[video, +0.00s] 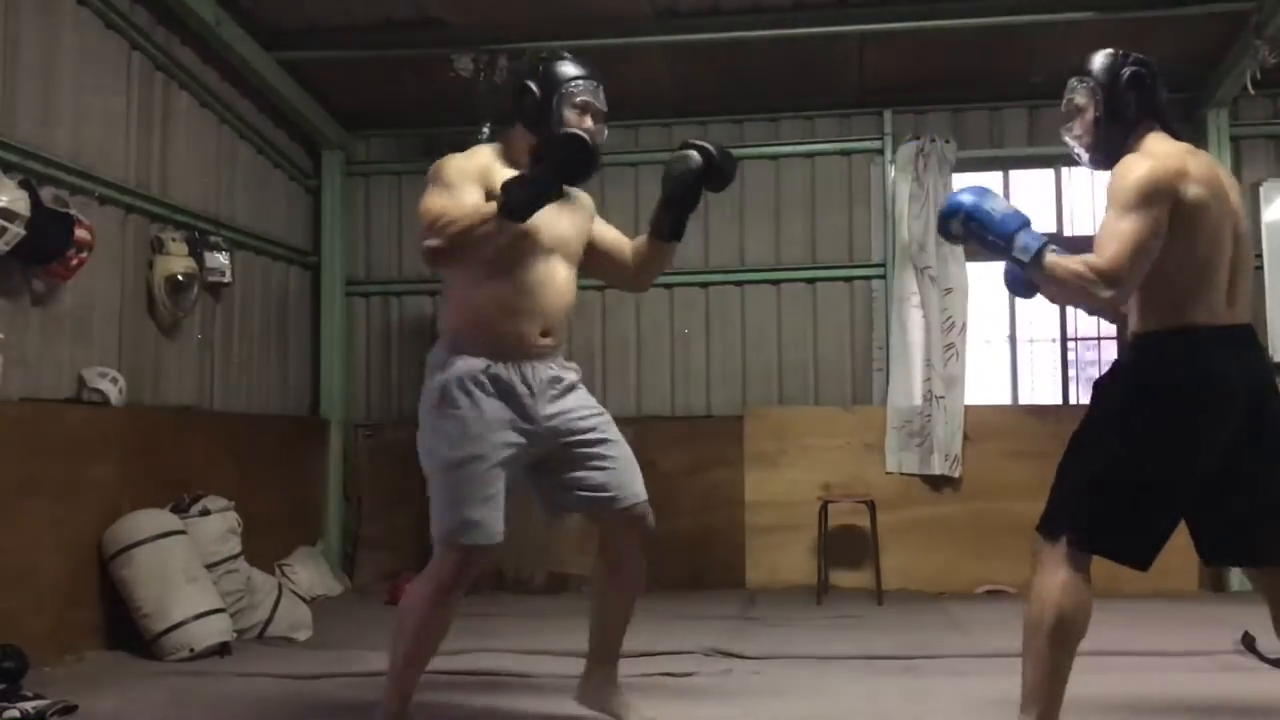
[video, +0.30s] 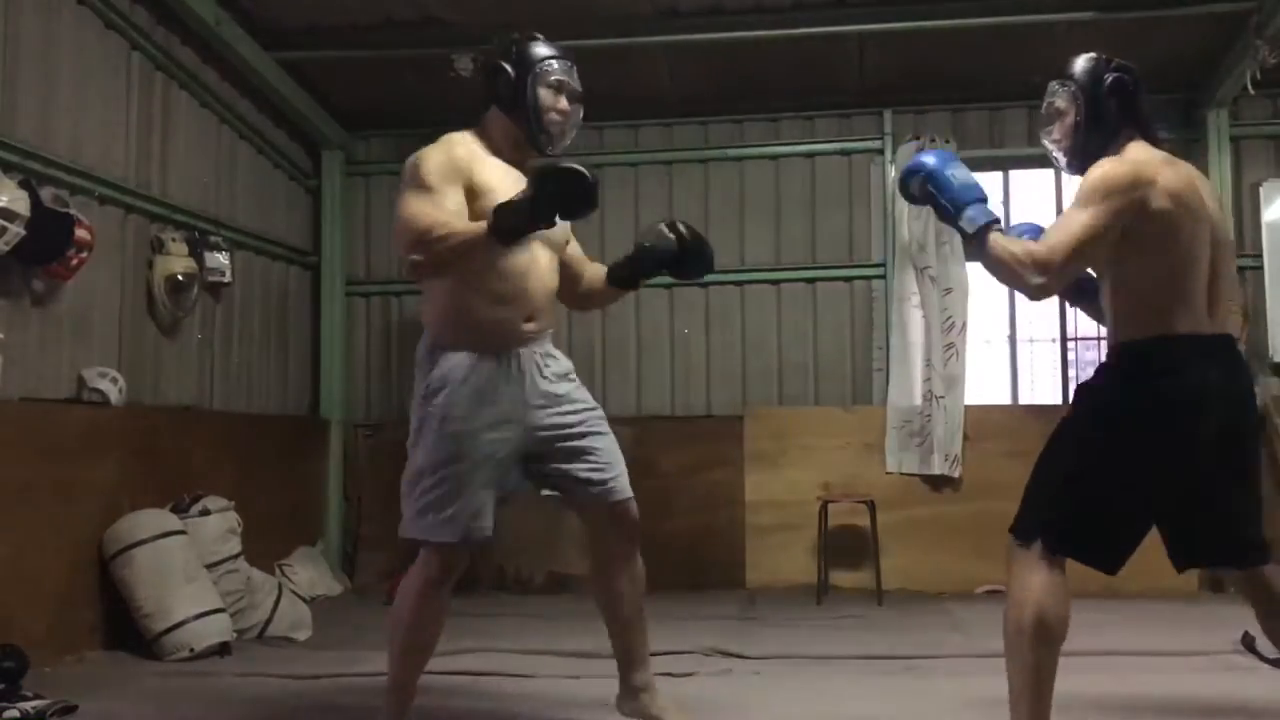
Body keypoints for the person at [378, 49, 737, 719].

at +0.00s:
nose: (592, 130)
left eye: (599, 119)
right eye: (581, 112)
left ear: (595, 130)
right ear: (536, 108)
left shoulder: (577, 206)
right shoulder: (468, 168)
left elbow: (638, 271)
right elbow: (437, 245)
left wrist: (677, 201)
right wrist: (537, 187)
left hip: (556, 381)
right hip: (471, 382)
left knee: (630, 517)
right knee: (465, 547)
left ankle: (600, 681)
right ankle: (394, 704)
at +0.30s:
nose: (568, 108)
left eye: (574, 96)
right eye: (555, 91)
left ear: (576, 107)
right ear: (508, 91)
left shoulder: (540, 187)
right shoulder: (445, 158)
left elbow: (579, 288)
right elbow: (421, 253)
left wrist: (639, 265)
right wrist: (516, 222)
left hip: (546, 369)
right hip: (465, 375)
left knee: (617, 515)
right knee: (440, 554)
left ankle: (638, 688)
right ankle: (396, 707)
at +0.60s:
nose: (600, 116)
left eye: (606, 104)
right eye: (588, 98)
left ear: (598, 113)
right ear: (541, 94)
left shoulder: (574, 191)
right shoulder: (471, 165)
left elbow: (648, 251)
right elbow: (438, 262)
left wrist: (684, 177)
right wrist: (537, 229)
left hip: (569, 375)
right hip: (486, 379)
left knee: (626, 527)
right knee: (457, 554)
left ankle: (646, 701)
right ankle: (401, 704)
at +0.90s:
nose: (597, 121)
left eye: (603, 109)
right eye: (585, 103)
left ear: (597, 120)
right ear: (538, 101)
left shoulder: (572, 200)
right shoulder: (468, 172)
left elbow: (636, 272)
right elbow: (428, 270)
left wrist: (679, 197)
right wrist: (523, 232)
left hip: (567, 380)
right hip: (485, 384)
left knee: (632, 529)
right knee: (460, 560)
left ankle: (645, 703)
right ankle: (401, 707)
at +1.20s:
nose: (582, 105)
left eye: (587, 93)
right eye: (568, 90)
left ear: (587, 103)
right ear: (522, 93)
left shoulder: (588, 174)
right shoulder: (469, 171)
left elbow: (667, 219)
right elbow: (424, 267)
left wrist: (736, 175)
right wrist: (518, 240)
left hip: (603, 370)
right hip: (527, 382)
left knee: (662, 518)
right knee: (566, 537)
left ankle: (653, 692)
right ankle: (502, 689)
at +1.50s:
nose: (560, 134)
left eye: (565, 122)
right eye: (548, 119)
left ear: (564, 130)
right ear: (502, 114)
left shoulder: (572, 200)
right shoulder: (447, 188)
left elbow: (624, 291)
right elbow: (439, 251)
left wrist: (663, 370)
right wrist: (541, 201)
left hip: (625, 318)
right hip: (566, 387)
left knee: (765, 263)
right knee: (592, 555)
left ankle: (929, 261)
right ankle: (567, 711)